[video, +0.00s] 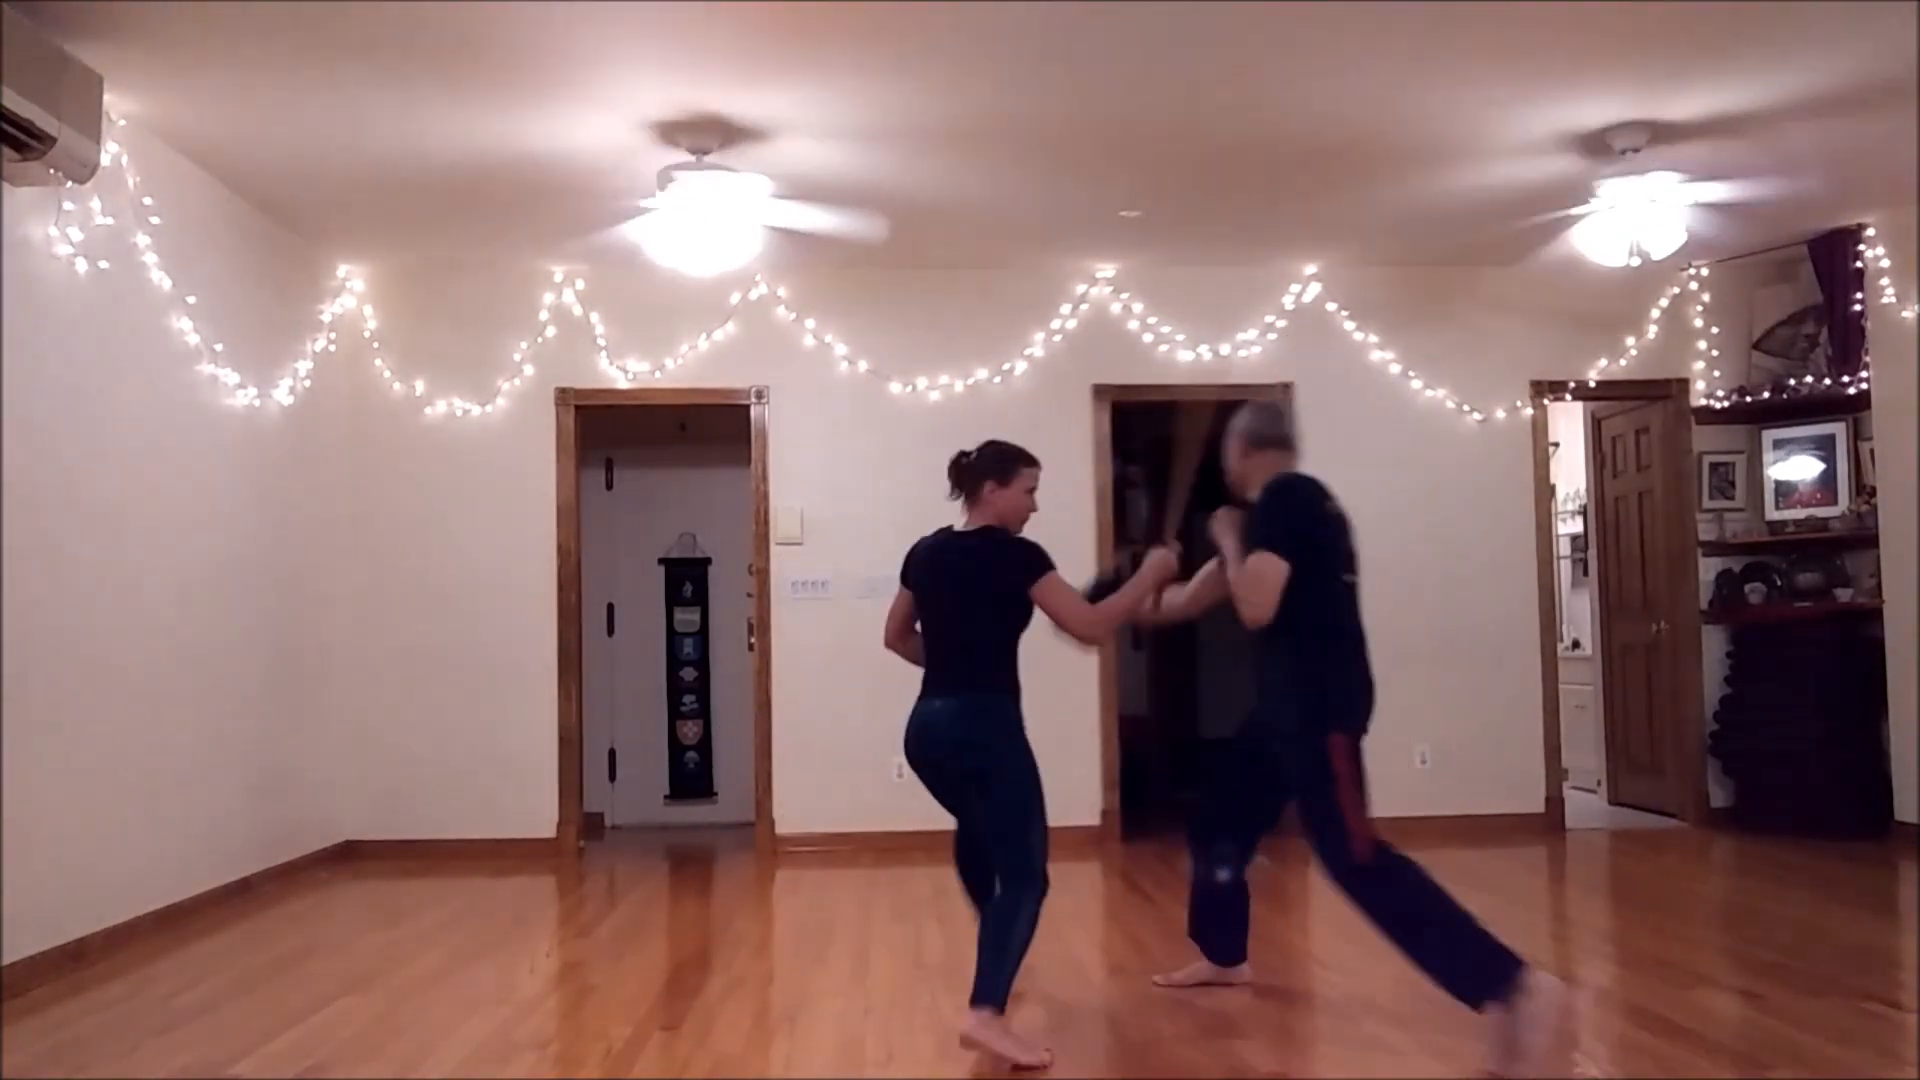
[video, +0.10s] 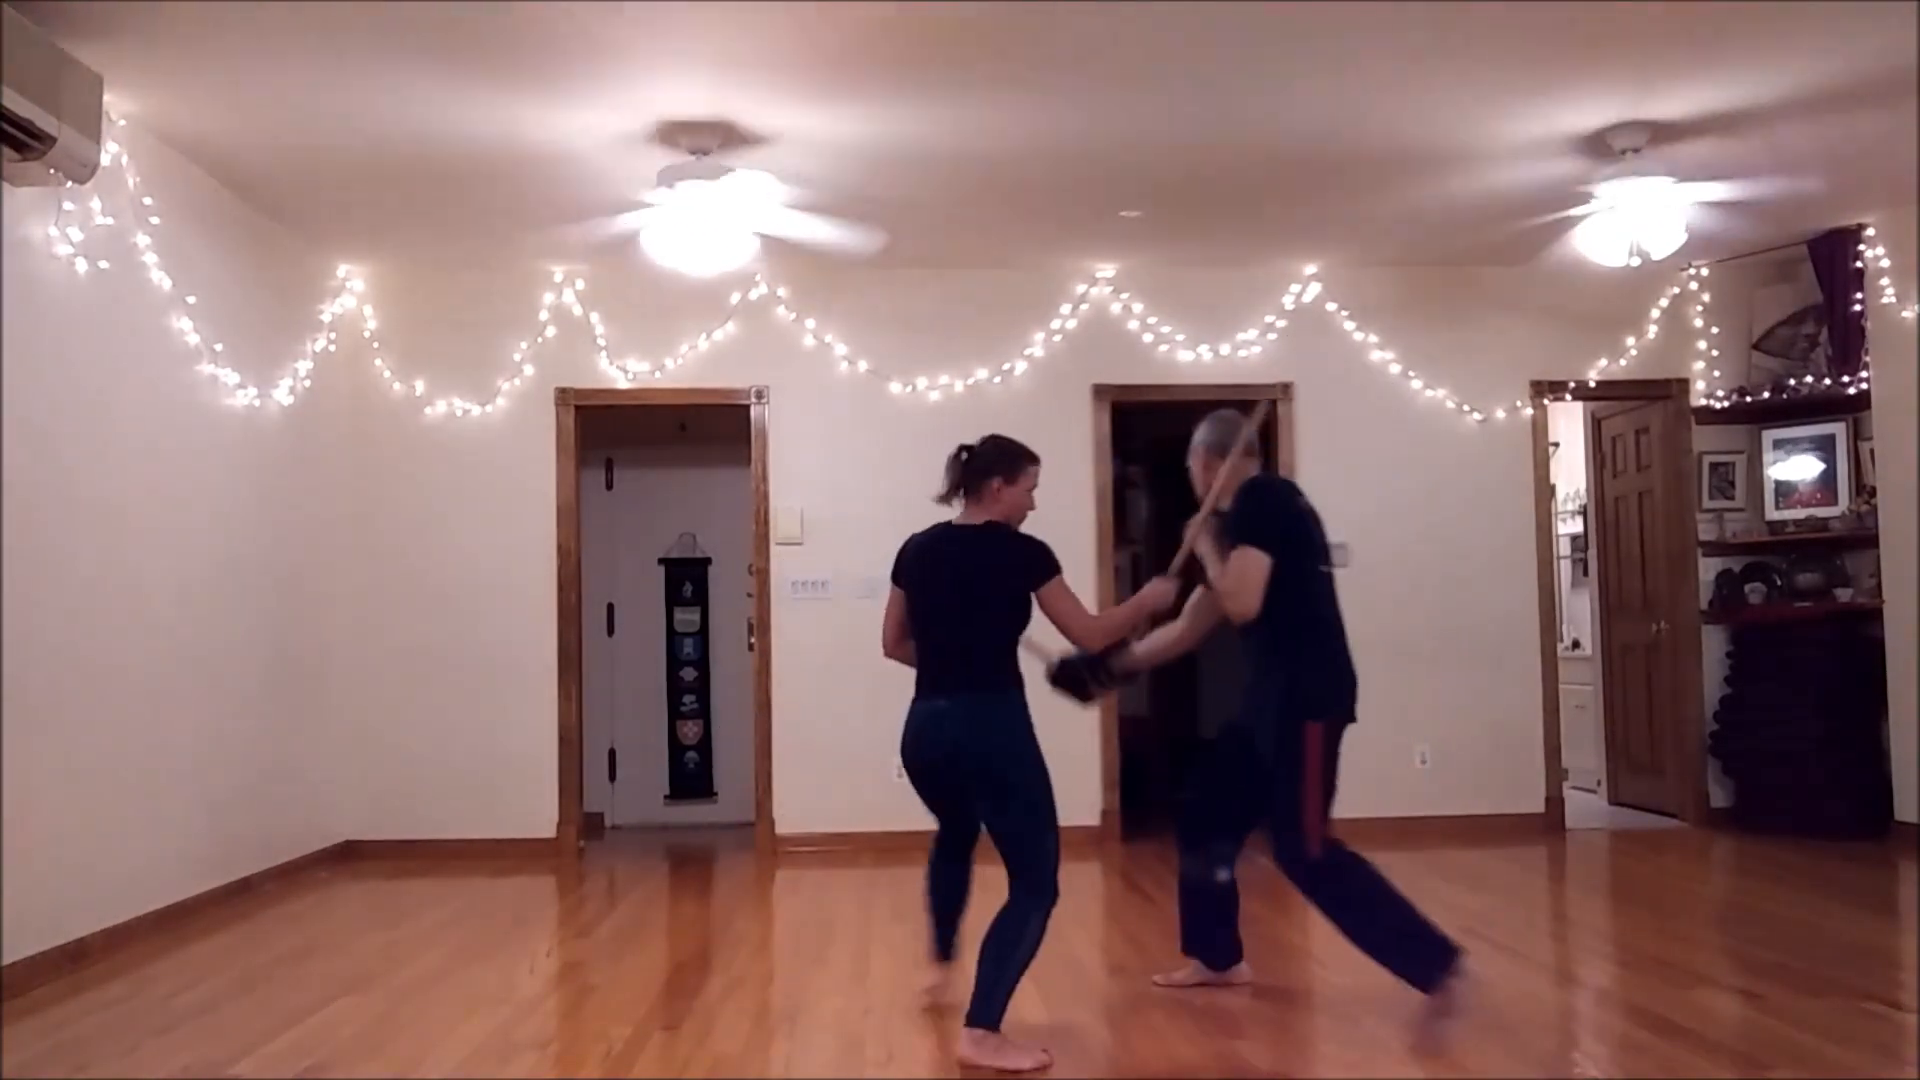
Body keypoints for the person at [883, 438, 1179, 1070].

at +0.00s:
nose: (1033, 504)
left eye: (1034, 492)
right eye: (1028, 492)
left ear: (979, 494)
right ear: (991, 491)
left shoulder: (928, 551)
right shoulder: (1017, 554)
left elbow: (897, 636)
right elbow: (1090, 624)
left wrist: (947, 662)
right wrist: (1148, 577)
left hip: (928, 731)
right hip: (990, 732)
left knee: (974, 827)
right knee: (1027, 876)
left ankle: (999, 930)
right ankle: (985, 1013)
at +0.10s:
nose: (1031, 503)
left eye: (1033, 492)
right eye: (1028, 491)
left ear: (975, 488)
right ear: (998, 487)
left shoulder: (918, 548)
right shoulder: (1022, 551)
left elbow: (894, 644)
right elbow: (1089, 633)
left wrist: (952, 663)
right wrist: (1146, 602)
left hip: (926, 735)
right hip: (998, 737)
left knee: (955, 828)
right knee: (1035, 886)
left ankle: (941, 955)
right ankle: (981, 1032)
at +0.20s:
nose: (1027, 494)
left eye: (1028, 482)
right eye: (1025, 482)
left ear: (969, 477)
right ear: (1000, 478)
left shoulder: (912, 536)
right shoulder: (1021, 542)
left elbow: (891, 637)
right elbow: (1074, 634)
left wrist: (963, 653)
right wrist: (1127, 621)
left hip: (922, 725)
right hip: (997, 724)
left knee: (925, 857)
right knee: (1025, 881)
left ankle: (878, 978)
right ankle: (980, 1035)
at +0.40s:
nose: (1008, 483)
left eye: (1008, 473)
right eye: (1008, 473)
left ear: (944, 468)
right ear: (990, 472)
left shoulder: (886, 519)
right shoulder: (1004, 541)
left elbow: (856, 623)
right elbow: (1043, 647)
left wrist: (912, 645)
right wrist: (1092, 654)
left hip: (895, 718)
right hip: (976, 721)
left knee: (842, 877)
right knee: (1008, 878)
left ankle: (795, 1037)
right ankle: (980, 1038)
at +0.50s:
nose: (993, 483)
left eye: (992, 473)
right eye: (993, 473)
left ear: (928, 466)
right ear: (977, 471)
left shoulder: (870, 512)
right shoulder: (990, 543)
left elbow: (828, 614)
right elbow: (1009, 653)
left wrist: (878, 643)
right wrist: (1041, 680)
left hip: (876, 719)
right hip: (958, 723)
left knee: (832, 886)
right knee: (997, 876)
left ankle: (796, 1059)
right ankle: (979, 1038)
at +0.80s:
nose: (953, 481)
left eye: (952, 472)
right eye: (952, 471)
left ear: (885, 469)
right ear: (936, 467)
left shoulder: (835, 533)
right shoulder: (962, 521)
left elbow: (828, 651)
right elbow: (1021, 608)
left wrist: (883, 684)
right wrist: (973, 668)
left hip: (862, 721)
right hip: (947, 718)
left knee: (820, 897)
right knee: (1000, 879)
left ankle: (798, 1063)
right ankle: (1029, 1041)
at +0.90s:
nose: (962, 480)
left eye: (961, 471)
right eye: (961, 470)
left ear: (897, 468)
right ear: (946, 467)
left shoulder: (850, 538)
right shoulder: (972, 515)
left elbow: (847, 655)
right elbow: (1028, 554)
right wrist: (973, 582)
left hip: (867, 733)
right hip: (953, 731)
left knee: (824, 900)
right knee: (1006, 885)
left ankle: (799, 1063)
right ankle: (1030, 1046)